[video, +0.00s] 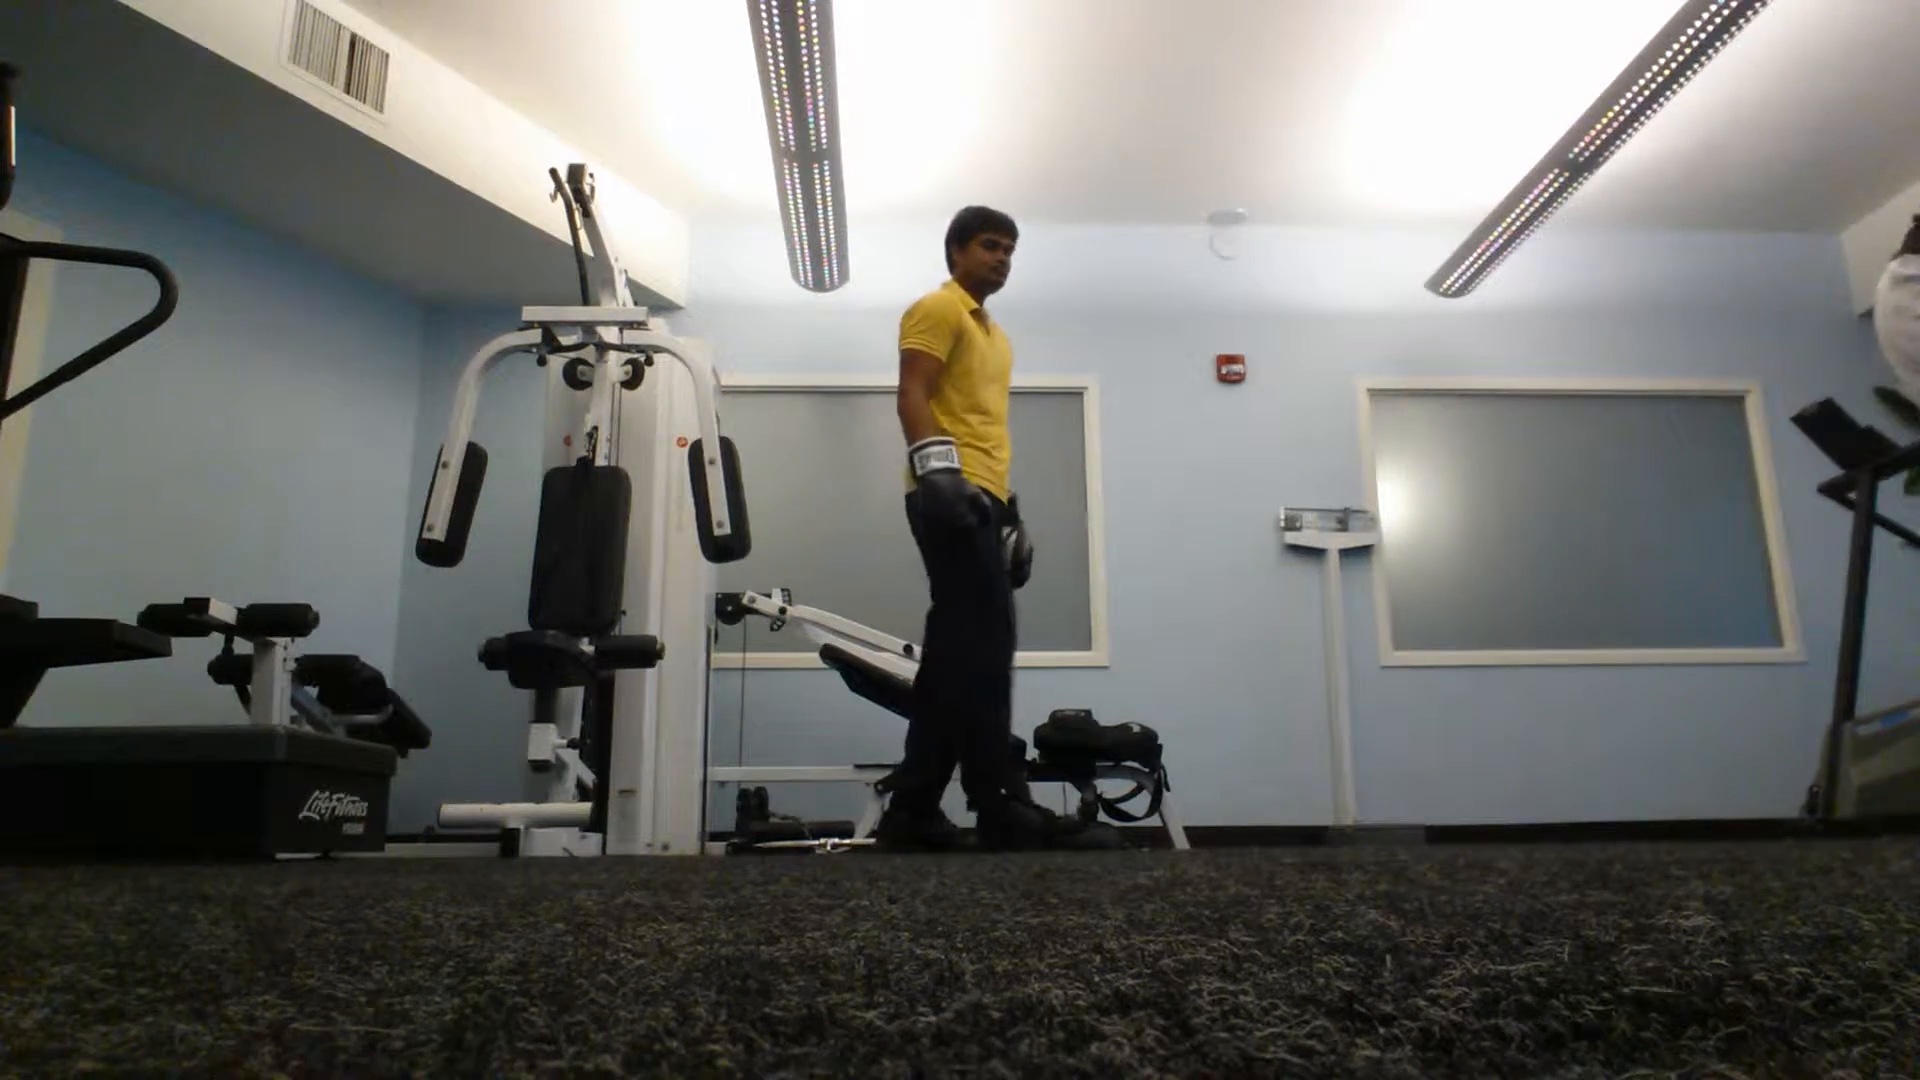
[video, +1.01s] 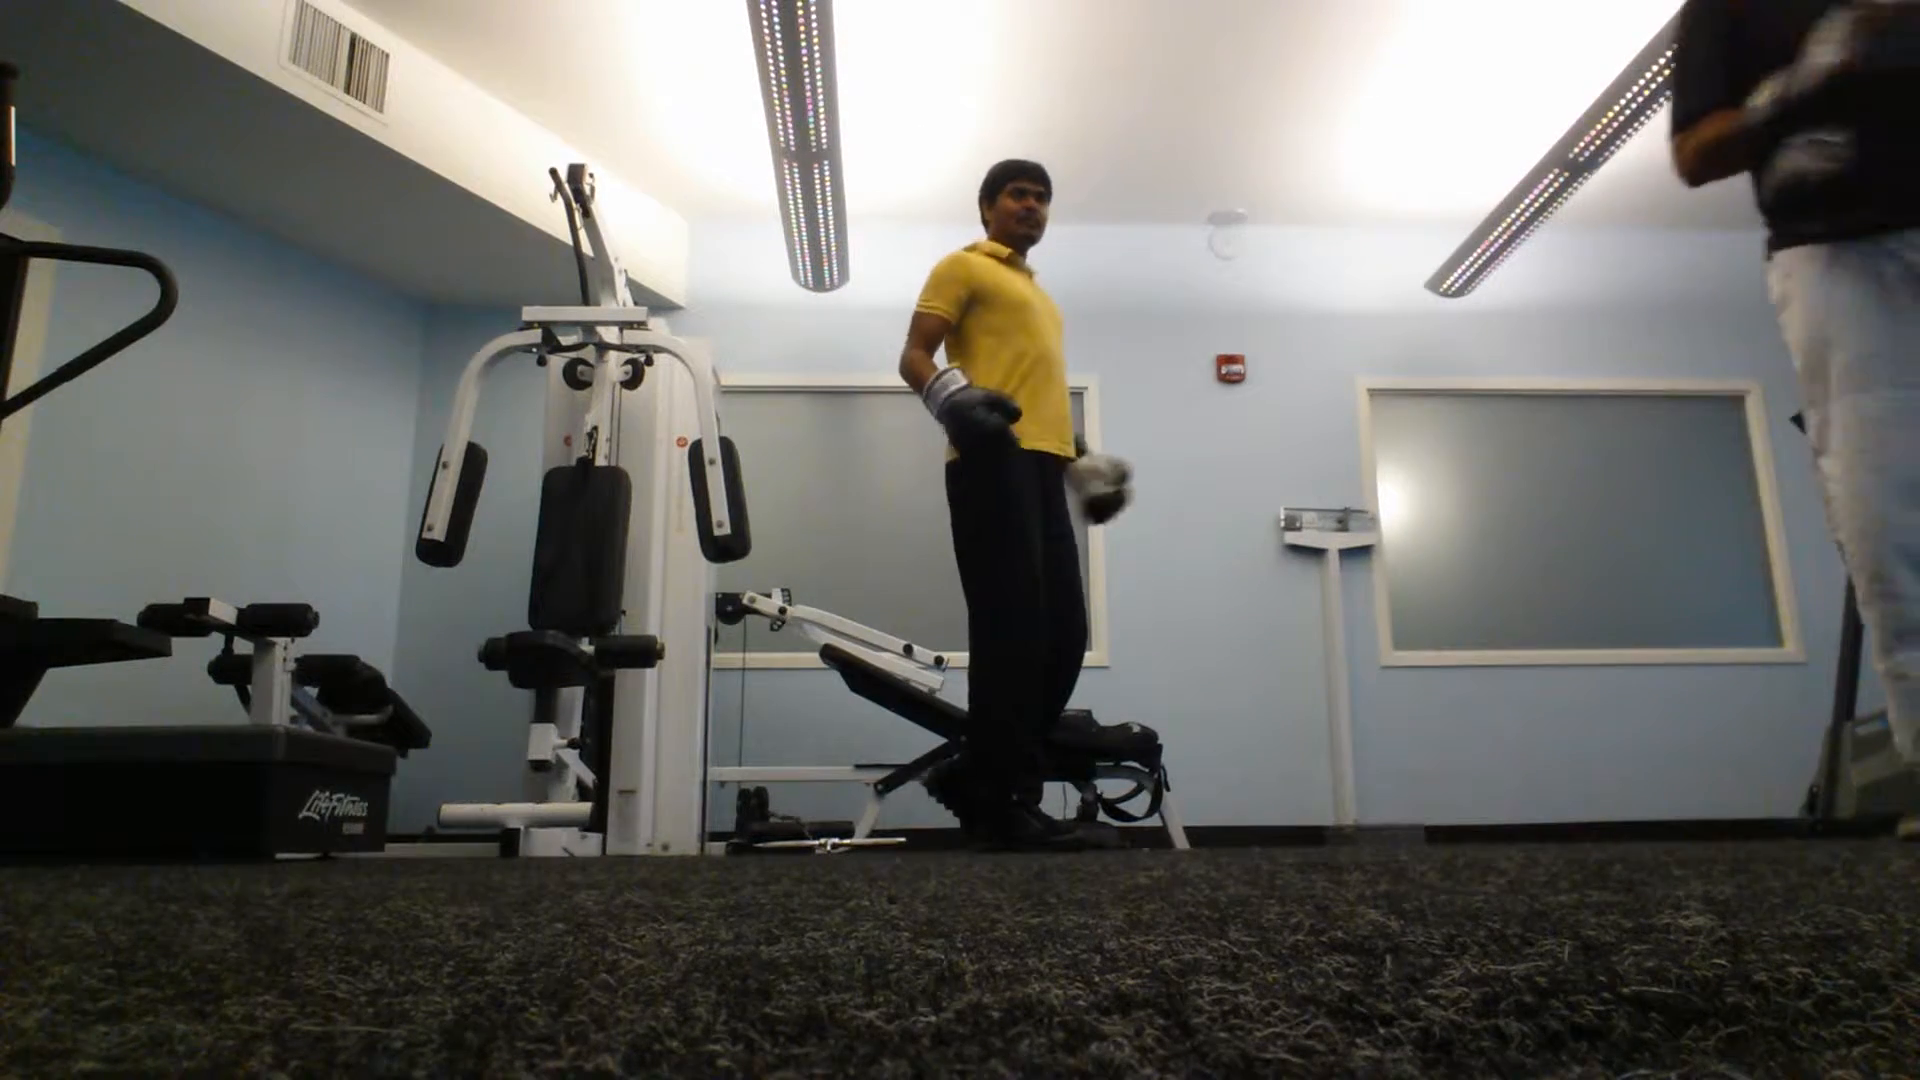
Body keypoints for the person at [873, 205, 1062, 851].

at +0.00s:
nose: (1002, 259)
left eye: (1009, 252)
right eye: (991, 247)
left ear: (1010, 263)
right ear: (957, 250)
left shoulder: (994, 335)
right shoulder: (938, 309)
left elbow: (989, 429)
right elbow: (912, 395)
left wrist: (1010, 518)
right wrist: (938, 474)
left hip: (985, 507)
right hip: (952, 499)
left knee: (956, 650)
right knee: (990, 640)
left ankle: (913, 807)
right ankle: (1001, 807)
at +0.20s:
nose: (1008, 242)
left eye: (1016, 235)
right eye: (996, 230)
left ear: (1022, 247)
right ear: (966, 236)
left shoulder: (998, 314)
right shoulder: (954, 295)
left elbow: (1002, 411)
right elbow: (929, 381)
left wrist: (1033, 497)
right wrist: (940, 470)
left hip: (1000, 491)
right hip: (975, 489)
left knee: (968, 648)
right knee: (1012, 642)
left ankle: (915, 803)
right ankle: (1012, 810)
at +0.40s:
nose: (1023, 226)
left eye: (1031, 220)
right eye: (1011, 214)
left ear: (1036, 233)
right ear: (980, 220)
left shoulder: (1005, 297)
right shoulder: (969, 278)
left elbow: (1012, 402)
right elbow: (945, 368)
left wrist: (1055, 483)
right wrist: (960, 459)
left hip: (1006, 486)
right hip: (983, 481)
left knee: (1009, 647)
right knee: (1010, 644)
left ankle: (928, 794)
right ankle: (1008, 810)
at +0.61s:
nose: (1034, 221)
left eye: (1044, 215)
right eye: (1023, 208)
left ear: (1049, 229)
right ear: (991, 212)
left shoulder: (1015, 293)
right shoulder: (968, 272)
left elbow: (1018, 395)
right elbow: (942, 363)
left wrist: (1052, 477)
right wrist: (978, 432)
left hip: (1022, 481)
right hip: (985, 473)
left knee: (1057, 634)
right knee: (1008, 635)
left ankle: (996, 784)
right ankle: (1001, 803)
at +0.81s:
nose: (1038, 212)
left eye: (1048, 205)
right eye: (1026, 200)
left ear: (1052, 220)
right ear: (992, 206)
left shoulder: (1026, 288)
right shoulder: (962, 266)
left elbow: (1012, 376)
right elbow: (910, 357)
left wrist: (1048, 454)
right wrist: (940, 404)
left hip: (1040, 471)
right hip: (993, 468)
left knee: (1062, 632)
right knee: (1010, 627)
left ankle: (999, 787)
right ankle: (997, 797)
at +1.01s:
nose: (1029, 205)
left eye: (1038, 198)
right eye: (1016, 195)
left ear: (1047, 214)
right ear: (987, 207)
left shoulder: (1035, 293)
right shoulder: (963, 267)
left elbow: (1036, 391)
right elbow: (916, 356)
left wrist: (1077, 462)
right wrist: (950, 399)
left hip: (1042, 468)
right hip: (993, 462)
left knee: (1064, 634)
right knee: (1009, 628)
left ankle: (1008, 792)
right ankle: (995, 804)